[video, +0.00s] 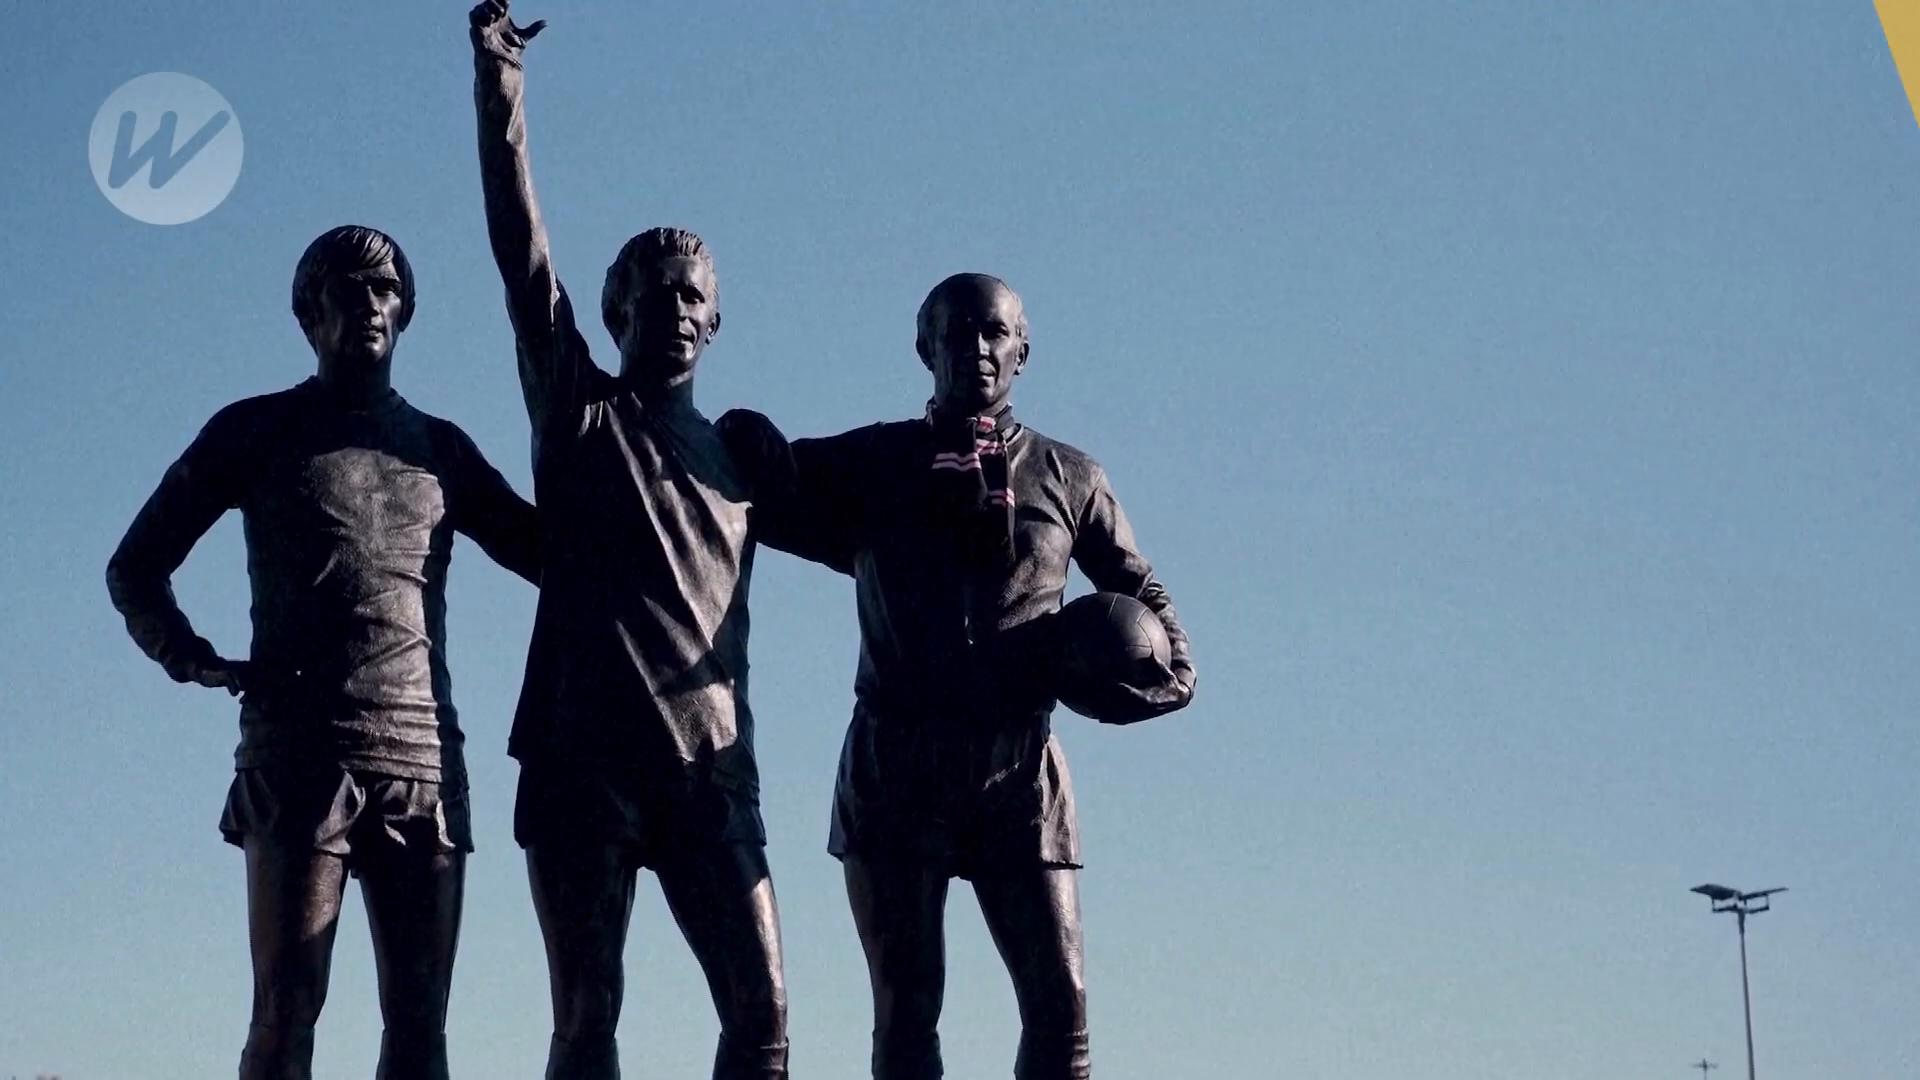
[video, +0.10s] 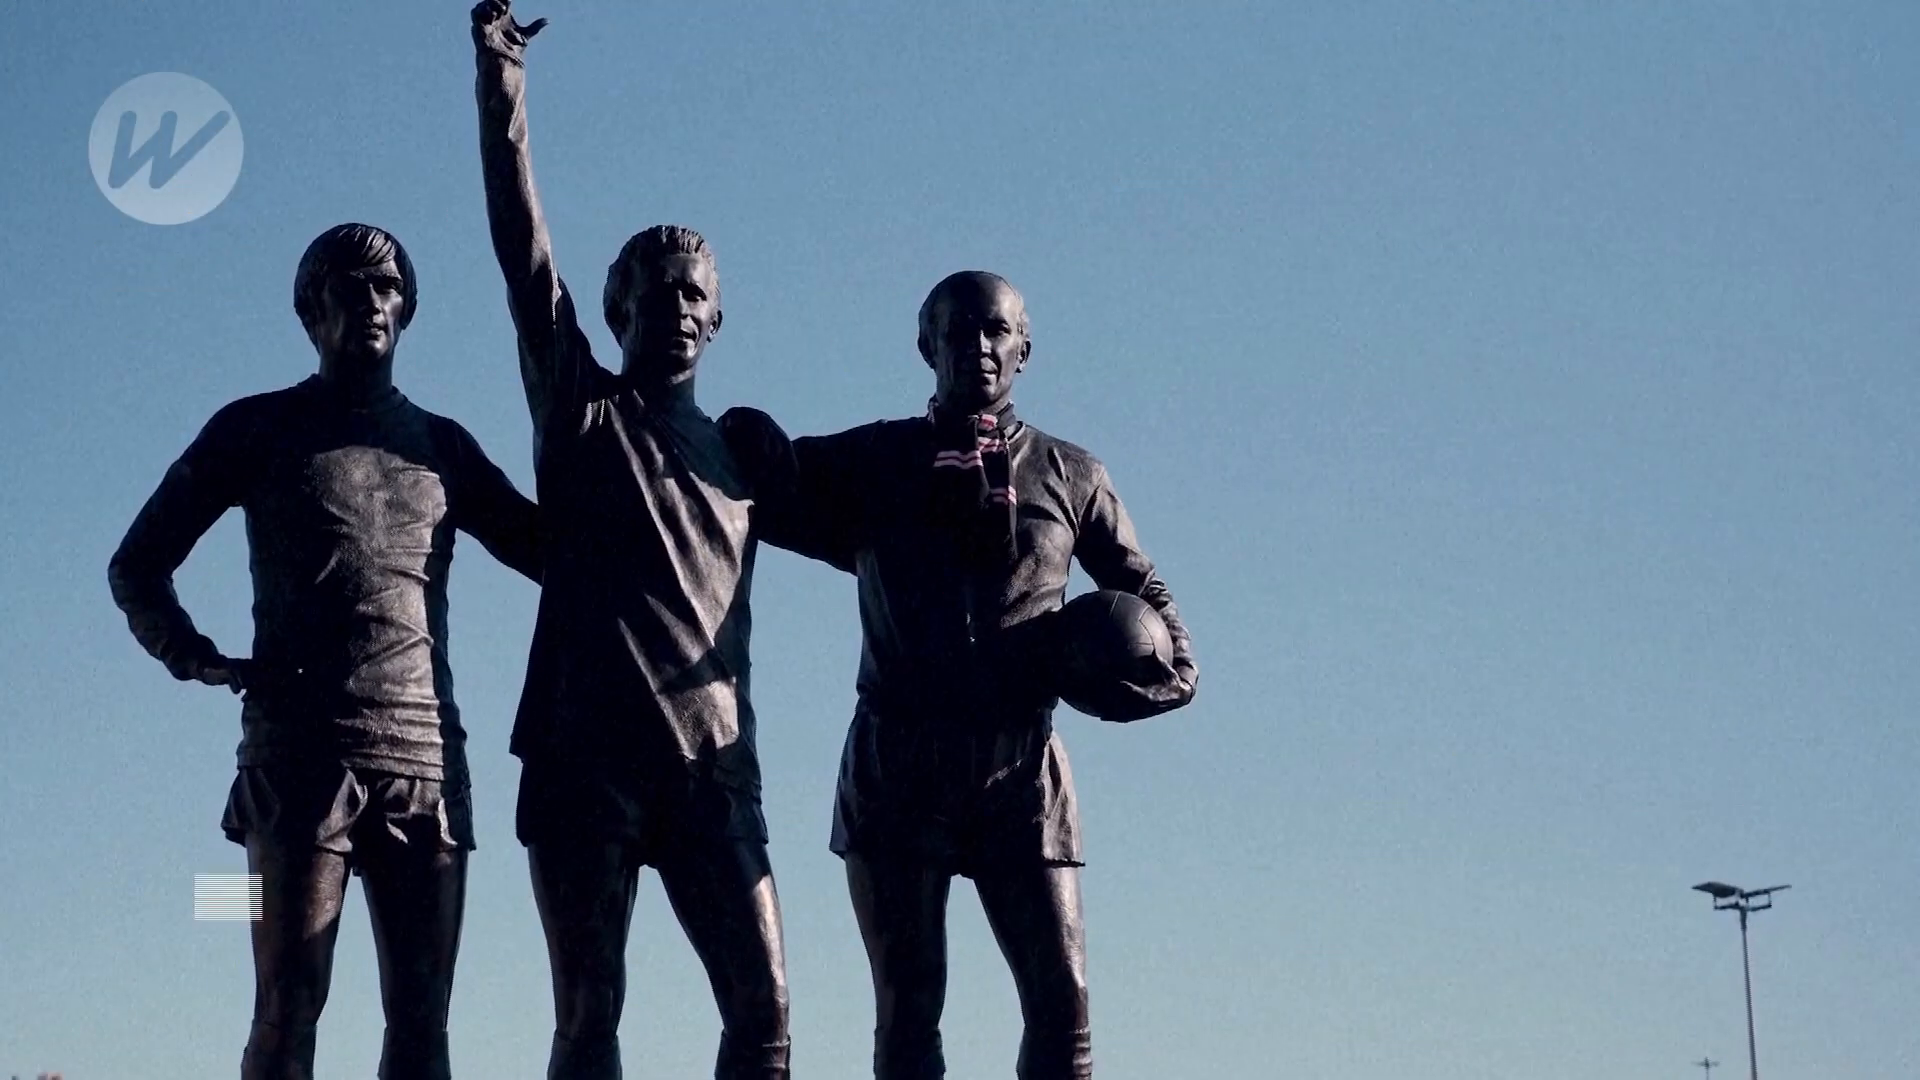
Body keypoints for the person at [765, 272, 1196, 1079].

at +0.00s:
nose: (979, 350)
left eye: (996, 333)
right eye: (960, 333)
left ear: (1021, 351)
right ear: (926, 345)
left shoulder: (1067, 475)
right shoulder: (874, 459)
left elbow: (1141, 592)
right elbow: (752, 476)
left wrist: (1163, 657)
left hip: (1019, 767)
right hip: (895, 766)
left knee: (1060, 1008)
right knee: (906, 1013)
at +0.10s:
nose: (983, 347)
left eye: (999, 331)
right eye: (963, 331)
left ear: (1023, 349)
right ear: (929, 343)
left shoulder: (1069, 473)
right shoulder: (875, 457)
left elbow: (1142, 589)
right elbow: (757, 477)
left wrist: (1164, 655)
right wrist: (751, 436)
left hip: (1021, 767)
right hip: (898, 766)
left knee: (1062, 1004)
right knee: (908, 1011)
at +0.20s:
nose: (984, 346)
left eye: (1001, 330)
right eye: (965, 329)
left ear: (1024, 346)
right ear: (929, 341)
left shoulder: (1071, 473)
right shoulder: (874, 456)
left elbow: (1144, 588)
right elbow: (750, 472)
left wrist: (1166, 655)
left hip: (1024, 764)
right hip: (899, 763)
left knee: (1063, 1002)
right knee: (909, 1010)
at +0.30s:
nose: (984, 346)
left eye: (1001, 330)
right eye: (965, 330)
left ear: (1026, 347)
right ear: (932, 343)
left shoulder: (1072, 472)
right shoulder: (879, 457)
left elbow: (1145, 588)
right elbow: (759, 474)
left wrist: (1171, 658)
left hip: (1024, 765)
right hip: (901, 765)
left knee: (1065, 1001)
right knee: (910, 1011)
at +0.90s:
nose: (984, 348)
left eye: (1002, 334)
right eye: (966, 333)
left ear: (1028, 353)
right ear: (933, 348)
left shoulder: (1076, 478)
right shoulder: (879, 461)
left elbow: (1150, 598)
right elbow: (765, 484)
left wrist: (1179, 668)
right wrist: (754, 434)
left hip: (1025, 771)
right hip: (902, 769)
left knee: (1067, 1003)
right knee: (913, 1015)